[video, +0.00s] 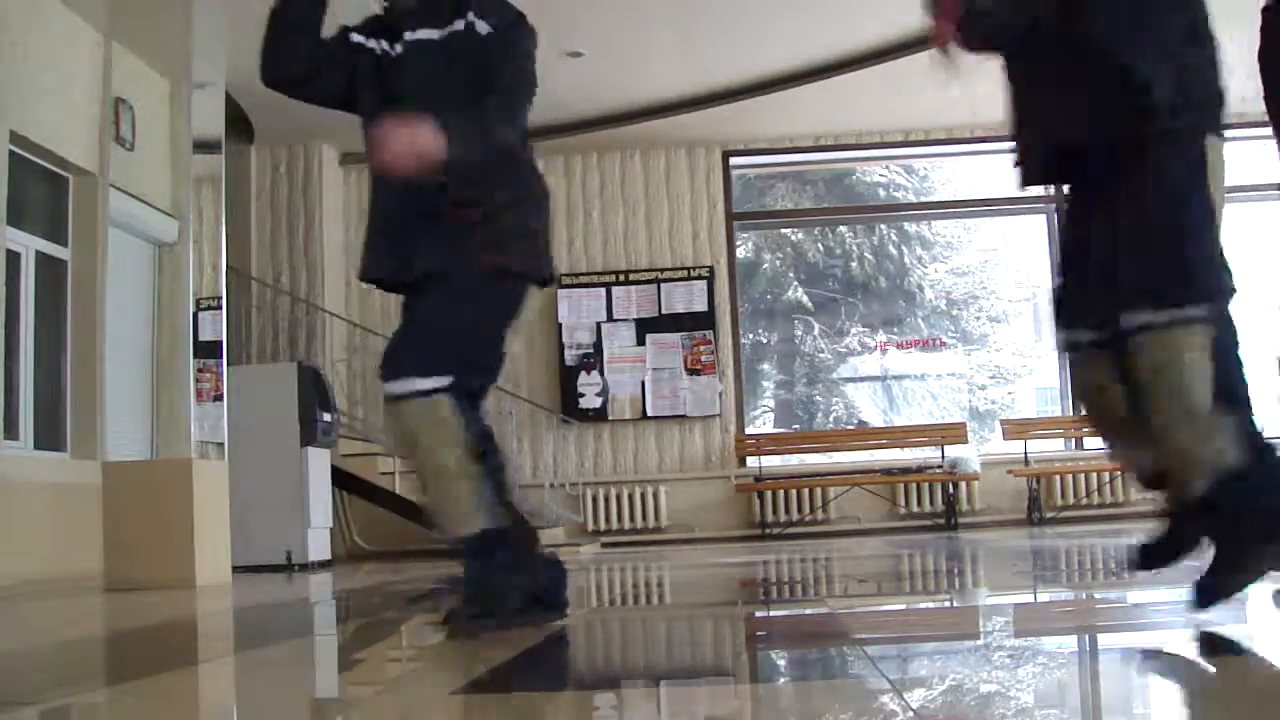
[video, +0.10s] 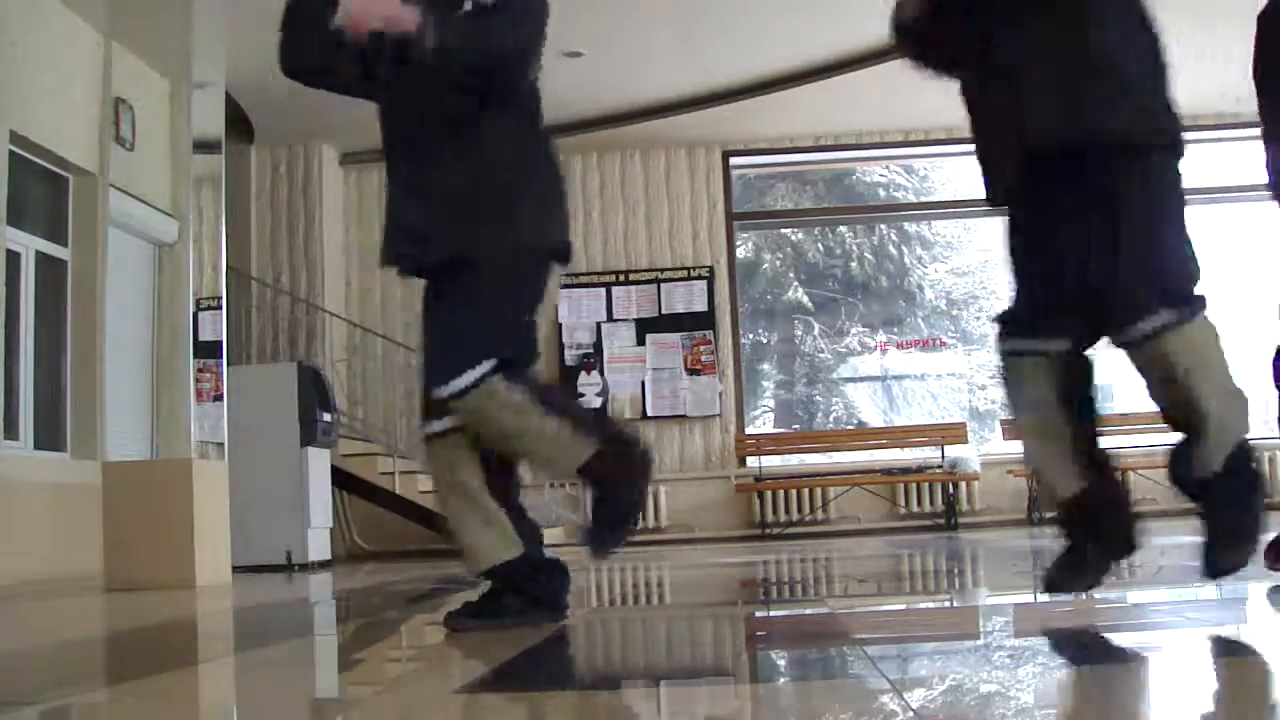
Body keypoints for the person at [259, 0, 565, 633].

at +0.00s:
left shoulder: (494, 19)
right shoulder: (380, 39)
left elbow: (507, 117)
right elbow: (288, 67)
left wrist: (442, 140)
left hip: (494, 243)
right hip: (427, 251)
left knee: (416, 377)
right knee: (449, 408)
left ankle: (491, 560)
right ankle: (524, 568)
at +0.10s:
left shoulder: (511, 5)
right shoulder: (399, 53)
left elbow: (511, 44)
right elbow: (302, 54)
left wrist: (417, 22)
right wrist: (327, 3)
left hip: (508, 211)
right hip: (448, 227)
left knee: (469, 387)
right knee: (446, 419)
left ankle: (610, 461)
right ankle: (522, 574)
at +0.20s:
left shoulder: (511, 10)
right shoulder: (402, 16)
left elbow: (552, 11)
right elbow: (314, 24)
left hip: (535, 166)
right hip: (471, 188)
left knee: (504, 335)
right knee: (483, 388)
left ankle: (626, 454)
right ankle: (533, 562)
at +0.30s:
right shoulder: (417, 16)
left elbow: (620, 17)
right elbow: (328, 18)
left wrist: (578, 6)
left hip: (551, 150)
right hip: (473, 176)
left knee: (536, 334)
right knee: (516, 366)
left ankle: (606, 537)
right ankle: (590, 540)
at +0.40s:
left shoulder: (562, 11)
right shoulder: (426, 29)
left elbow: (632, 39)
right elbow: (346, 34)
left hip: (569, 197)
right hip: (491, 218)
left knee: (561, 374)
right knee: (559, 391)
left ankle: (556, 562)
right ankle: (646, 549)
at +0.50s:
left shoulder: (597, 14)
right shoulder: (449, 24)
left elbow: (668, 75)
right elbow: (363, 28)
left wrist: (731, 143)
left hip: (575, 212)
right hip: (489, 221)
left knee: (546, 379)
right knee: (548, 395)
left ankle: (529, 585)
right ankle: (638, 560)